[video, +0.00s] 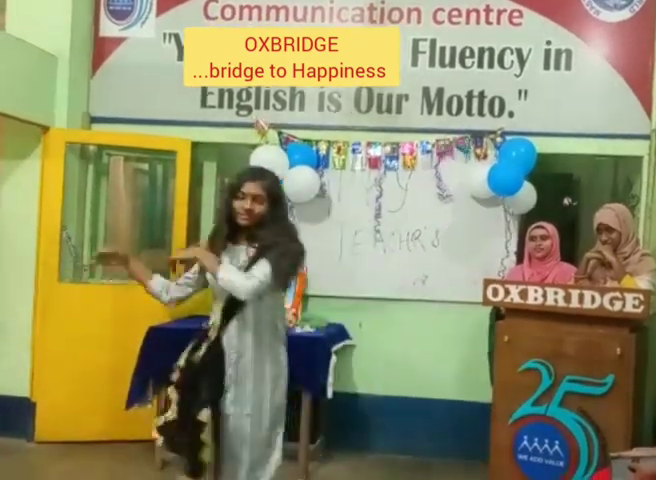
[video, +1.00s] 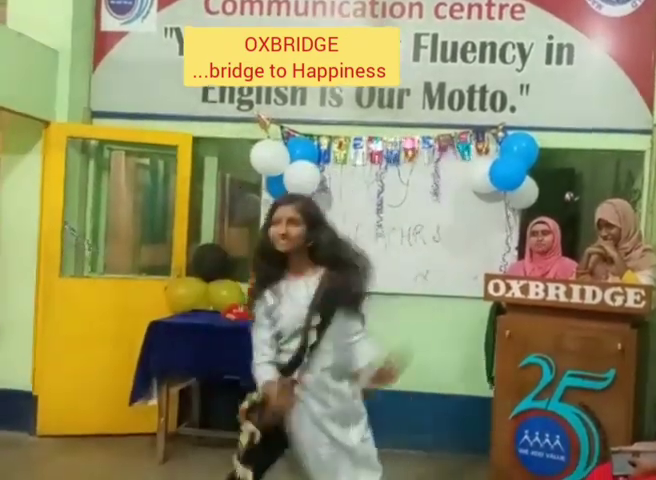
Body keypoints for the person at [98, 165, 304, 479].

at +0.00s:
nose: (247, 207)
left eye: (257, 201)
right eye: (241, 197)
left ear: (272, 207)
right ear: (231, 201)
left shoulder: (283, 248)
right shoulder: (222, 243)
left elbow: (245, 288)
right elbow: (173, 294)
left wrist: (206, 257)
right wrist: (132, 265)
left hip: (259, 364)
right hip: (220, 359)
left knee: (250, 449)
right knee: (215, 444)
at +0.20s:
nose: (251, 245)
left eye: (259, 238)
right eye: (243, 235)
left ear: (265, 244)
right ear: (225, 236)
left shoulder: (263, 290)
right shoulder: (204, 285)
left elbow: (245, 359)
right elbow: (192, 342)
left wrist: (184, 364)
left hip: (261, 411)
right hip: (219, 405)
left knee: (257, 474)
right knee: (211, 472)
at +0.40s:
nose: (261, 237)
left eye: (269, 229)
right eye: (251, 231)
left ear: (282, 237)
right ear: (241, 241)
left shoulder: (305, 286)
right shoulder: (242, 293)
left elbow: (311, 356)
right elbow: (250, 356)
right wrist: (260, 417)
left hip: (307, 399)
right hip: (265, 399)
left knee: (302, 471)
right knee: (258, 470)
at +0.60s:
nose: (284, 199)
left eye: (293, 191)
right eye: (281, 194)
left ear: (317, 196)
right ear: (279, 205)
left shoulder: (347, 250)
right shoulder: (277, 252)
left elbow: (396, 284)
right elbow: (278, 317)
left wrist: (433, 309)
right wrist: (336, 326)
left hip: (343, 375)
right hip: (297, 377)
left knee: (363, 462)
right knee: (308, 466)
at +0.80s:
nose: (311, 200)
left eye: (321, 193)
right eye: (304, 193)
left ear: (339, 202)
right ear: (296, 201)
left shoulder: (356, 249)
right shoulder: (281, 254)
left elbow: (419, 274)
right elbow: (273, 310)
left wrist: (435, 240)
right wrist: (324, 272)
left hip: (352, 388)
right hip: (299, 387)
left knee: (387, 464)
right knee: (292, 470)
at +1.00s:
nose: (283, 231)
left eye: (293, 223)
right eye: (276, 223)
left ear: (311, 230)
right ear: (268, 231)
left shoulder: (337, 281)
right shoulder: (268, 289)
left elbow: (354, 338)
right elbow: (261, 352)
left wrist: (372, 370)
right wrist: (272, 387)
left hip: (338, 399)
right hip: (290, 401)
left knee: (359, 470)